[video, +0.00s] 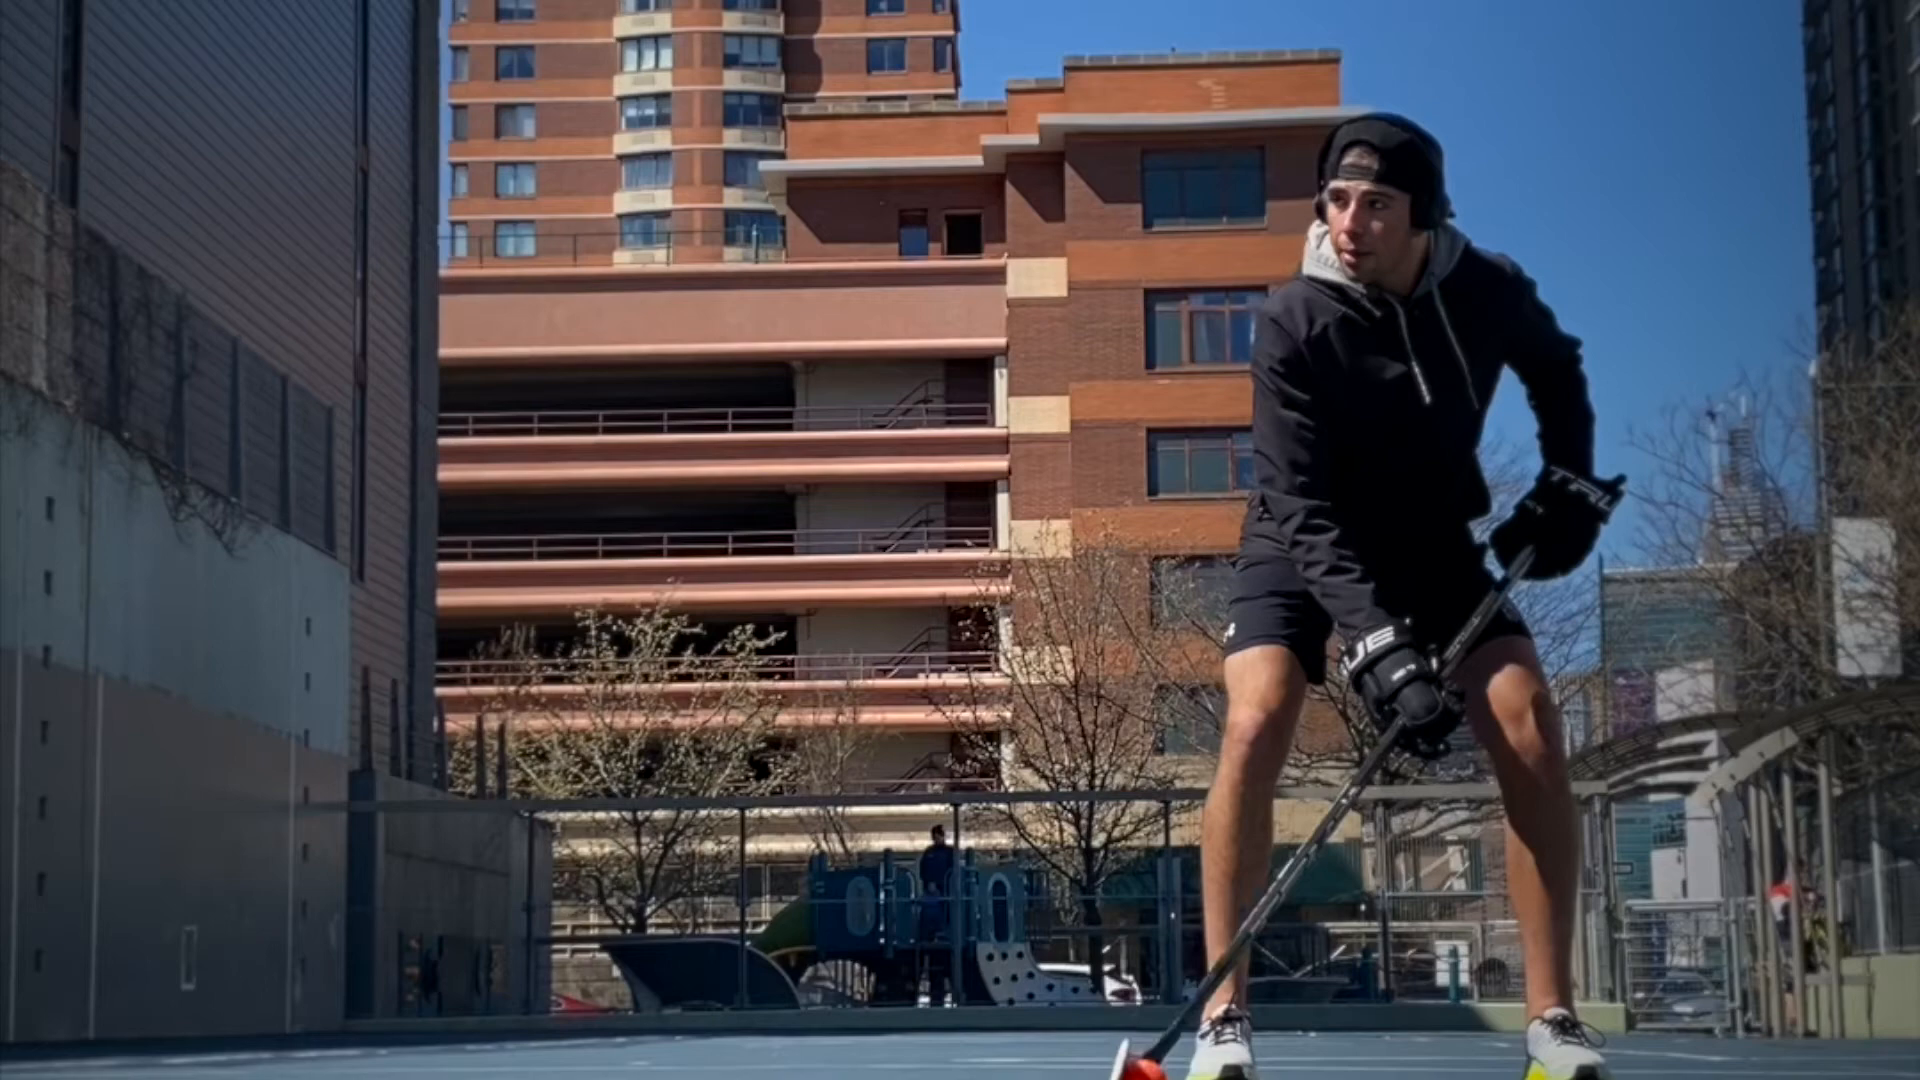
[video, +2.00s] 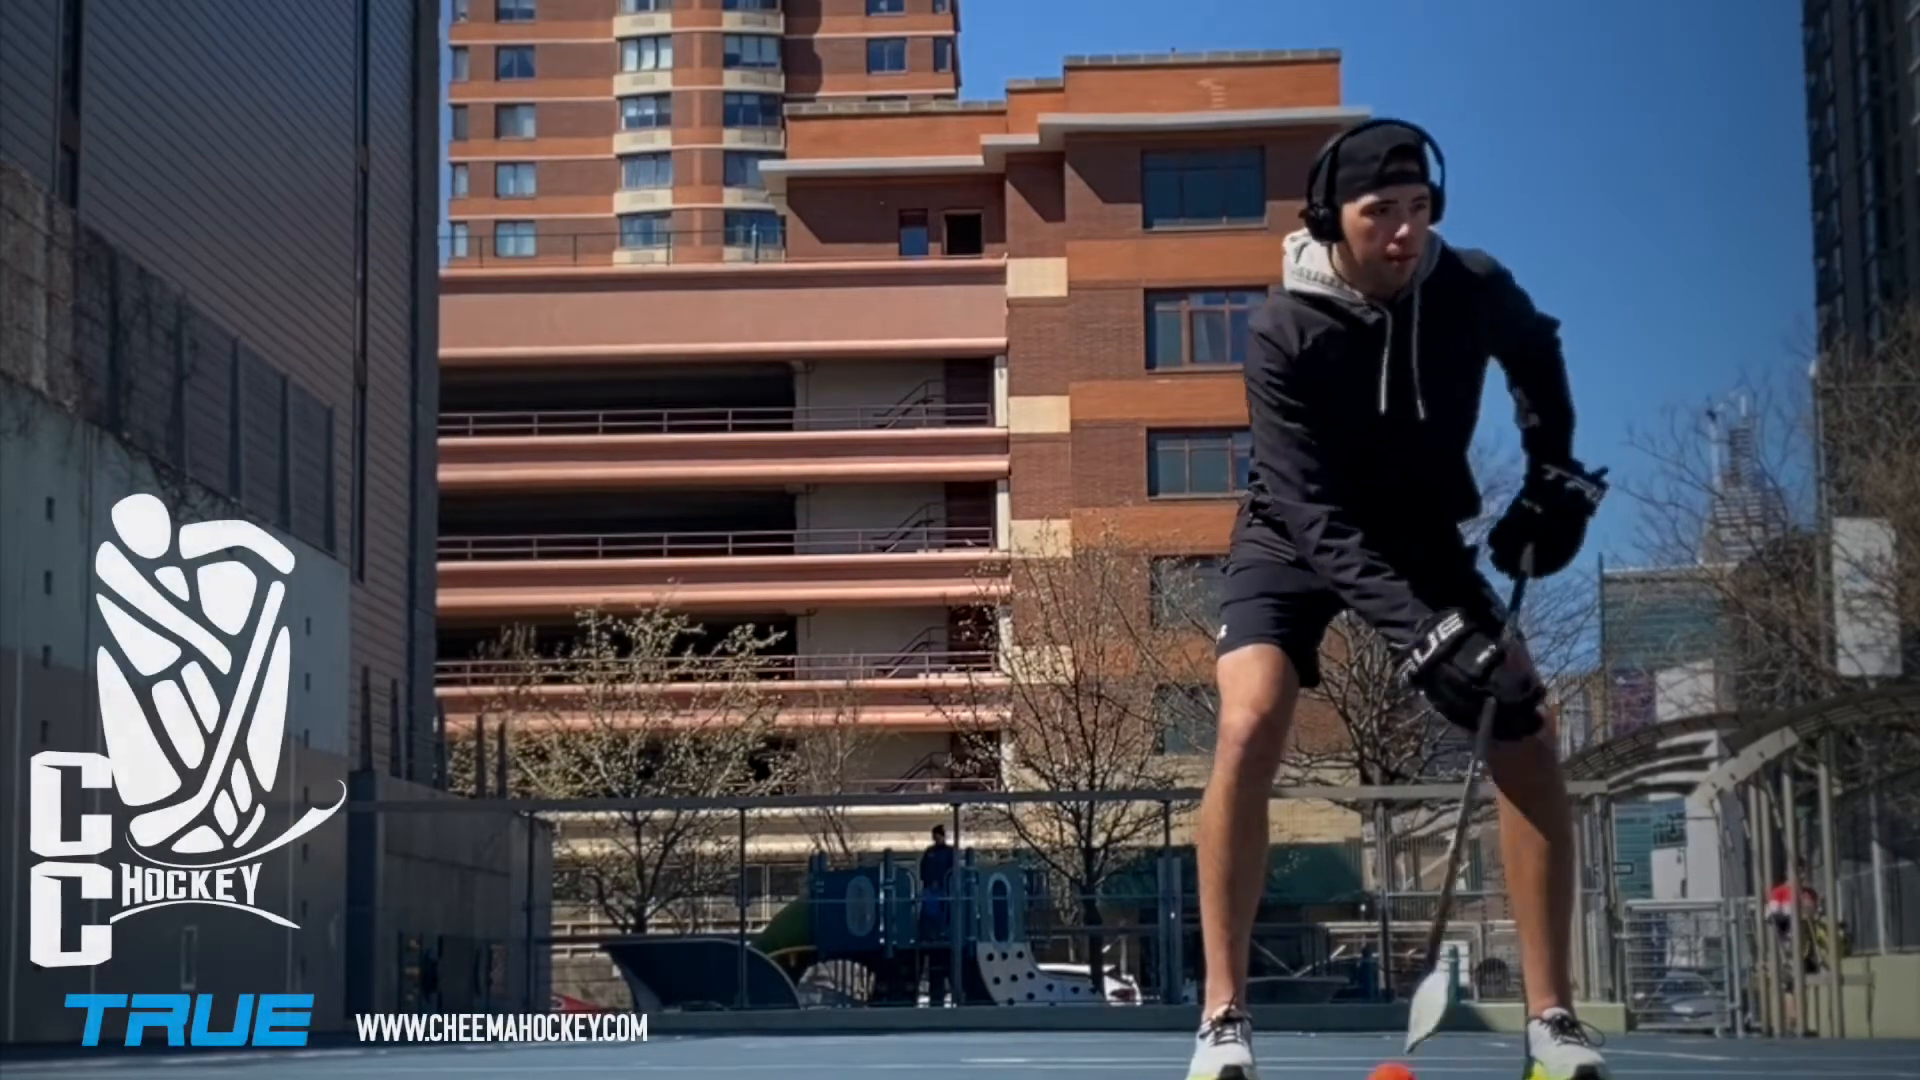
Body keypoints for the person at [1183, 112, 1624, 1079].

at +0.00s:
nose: (1351, 222)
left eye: (1376, 204)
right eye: (1338, 201)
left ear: (1424, 214)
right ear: (1321, 207)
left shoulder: (1487, 290)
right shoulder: (1294, 320)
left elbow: (1555, 372)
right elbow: (1296, 506)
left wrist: (1568, 481)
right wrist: (1371, 643)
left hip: (1435, 537)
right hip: (1303, 538)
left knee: (1531, 725)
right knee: (1256, 723)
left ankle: (1552, 1015)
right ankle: (1222, 1011)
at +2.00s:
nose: (1404, 229)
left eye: (1419, 208)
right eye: (1380, 211)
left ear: (1436, 211)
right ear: (1332, 219)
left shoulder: (1471, 287)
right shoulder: (1286, 328)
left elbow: (1534, 354)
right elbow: (1309, 515)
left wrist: (1551, 472)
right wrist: (1425, 632)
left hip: (1425, 534)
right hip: (1295, 535)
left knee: (1528, 744)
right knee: (1249, 727)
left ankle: (1552, 1018)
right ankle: (1223, 1016)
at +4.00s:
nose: (1296, 291)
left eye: (1313, 268)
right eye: (1274, 271)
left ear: (1343, 265)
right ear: (1241, 275)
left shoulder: (1403, 319)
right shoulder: (1225, 386)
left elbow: (1481, 357)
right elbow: (1280, 559)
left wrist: (1489, 473)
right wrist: (1407, 668)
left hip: (1395, 566)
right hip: (1266, 573)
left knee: (1509, 723)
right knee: (1210, 730)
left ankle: (1546, 1013)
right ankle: (1217, 1015)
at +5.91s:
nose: (1351, 254)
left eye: (1371, 232)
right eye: (1330, 234)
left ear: (1405, 234)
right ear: (1301, 240)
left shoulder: (1458, 285)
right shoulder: (1283, 359)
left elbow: (1531, 323)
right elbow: (1355, 532)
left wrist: (1583, 435)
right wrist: (1517, 633)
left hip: (1426, 540)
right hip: (1300, 544)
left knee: (1541, 743)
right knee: (1261, 726)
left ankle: (1556, 1025)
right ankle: (1224, 1016)